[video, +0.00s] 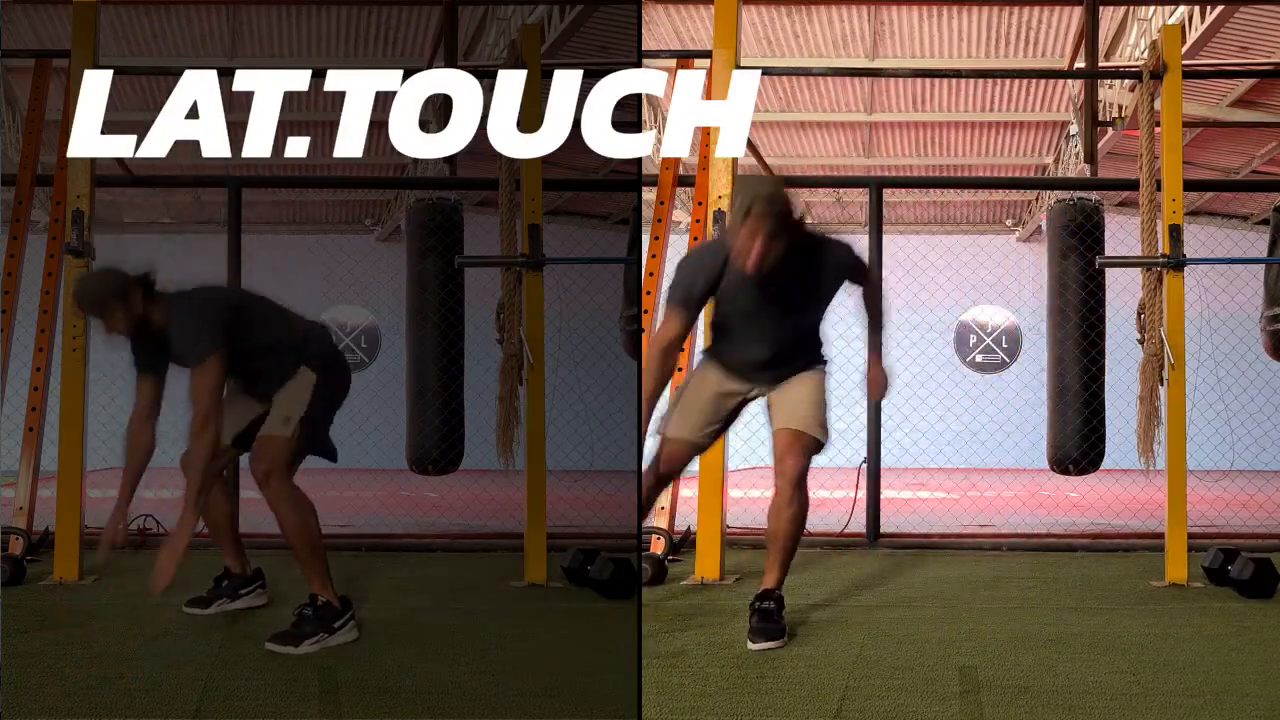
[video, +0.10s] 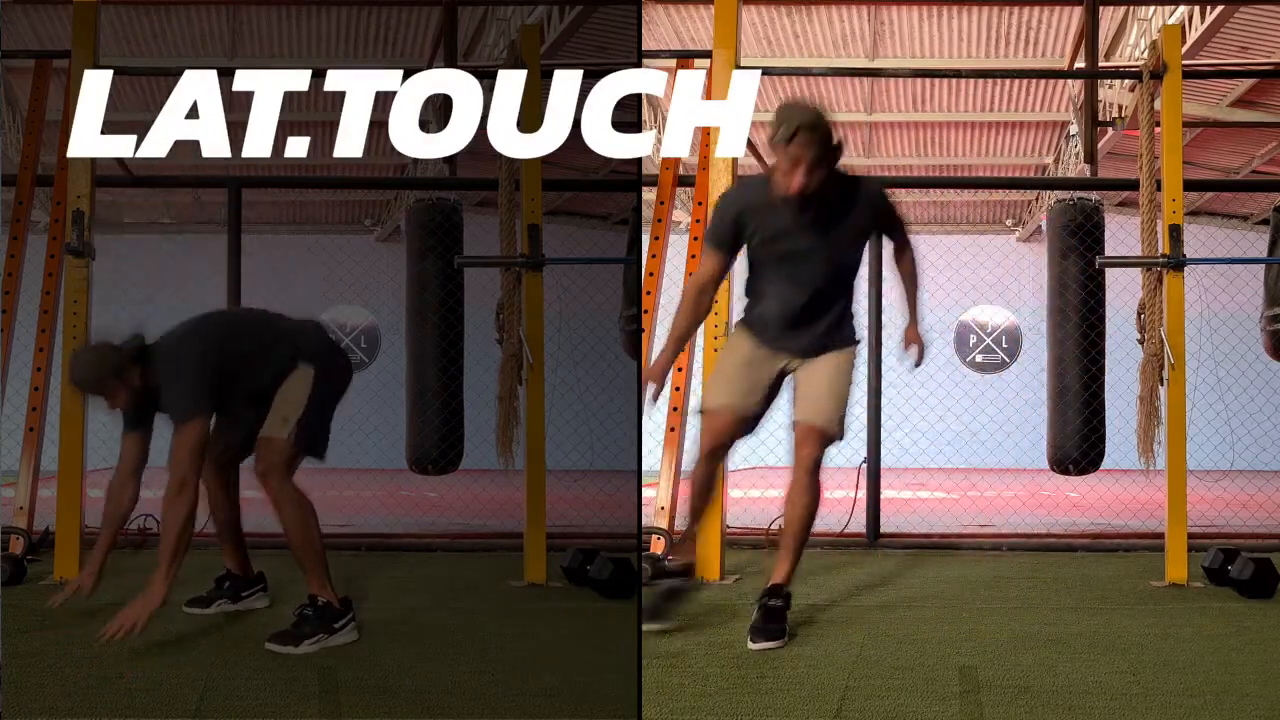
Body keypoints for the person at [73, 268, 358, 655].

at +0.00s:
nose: (108, 328)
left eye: (107, 316)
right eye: (102, 320)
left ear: (132, 298)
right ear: (130, 302)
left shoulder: (197, 317)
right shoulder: (150, 334)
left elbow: (205, 427)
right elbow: (143, 421)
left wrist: (184, 531)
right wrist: (122, 504)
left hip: (313, 364)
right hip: (260, 376)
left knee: (270, 468)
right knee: (199, 464)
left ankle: (329, 604)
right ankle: (240, 576)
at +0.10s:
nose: (110, 405)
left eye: (109, 395)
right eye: (103, 398)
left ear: (128, 376)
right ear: (123, 378)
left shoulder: (185, 371)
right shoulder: (139, 382)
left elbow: (182, 486)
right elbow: (125, 480)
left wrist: (158, 586)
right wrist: (93, 567)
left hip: (312, 360)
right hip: (260, 372)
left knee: (272, 468)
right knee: (216, 463)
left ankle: (328, 603)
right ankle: (242, 578)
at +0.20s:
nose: (123, 460)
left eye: (120, 452)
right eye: (117, 455)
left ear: (131, 433)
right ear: (123, 433)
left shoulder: (175, 416)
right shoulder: (132, 415)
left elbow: (174, 530)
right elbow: (122, 517)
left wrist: (157, 634)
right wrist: (93, 603)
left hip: (304, 326)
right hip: (259, 337)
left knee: (312, 455)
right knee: (251, 456)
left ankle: (346, 591)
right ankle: (269, 567)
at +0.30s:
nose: (110, 493)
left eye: (106, 485)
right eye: (101, 491)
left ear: (117, 461)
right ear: (103, 455)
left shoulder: (162, 438)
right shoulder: (117, 430)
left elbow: (184, 551)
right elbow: (121, 529)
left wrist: (169, 648)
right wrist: (98, 612)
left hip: (283, 344)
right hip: (241, 369)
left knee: (329, 473)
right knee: (273, 472)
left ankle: (430, 549)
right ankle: (350, 527)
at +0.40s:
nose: (74, 493)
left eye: (68, 484)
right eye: (64, 488)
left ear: (79, 459)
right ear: (70, 461)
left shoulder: (141, 439)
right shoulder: (93, 444)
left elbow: (173, 547)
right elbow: (113, 529)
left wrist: (169, 647)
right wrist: (98, 610)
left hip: (266, 393)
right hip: (242, 423)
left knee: (351, 487)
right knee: (304, 492)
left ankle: (483, 532)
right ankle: (393, 522)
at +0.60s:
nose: (60, 470)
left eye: (53, 460)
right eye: (48, 464)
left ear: (71, 434)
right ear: (67, 432)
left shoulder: (151, 433)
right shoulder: (110, 442)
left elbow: (176, 544)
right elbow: (119, 532)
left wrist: (168, 648)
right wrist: (99, 609)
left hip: (286, 464)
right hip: (256, 471)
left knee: (371, 544)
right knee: (342, 540)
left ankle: (491, 557)